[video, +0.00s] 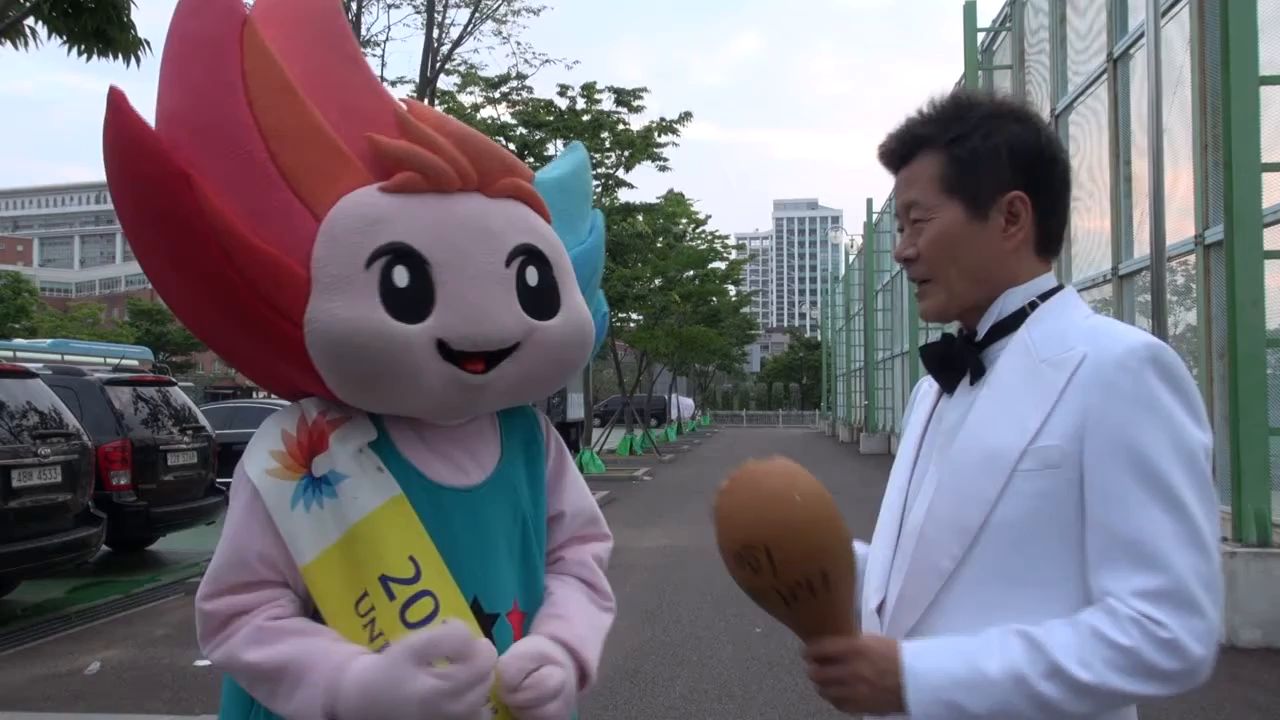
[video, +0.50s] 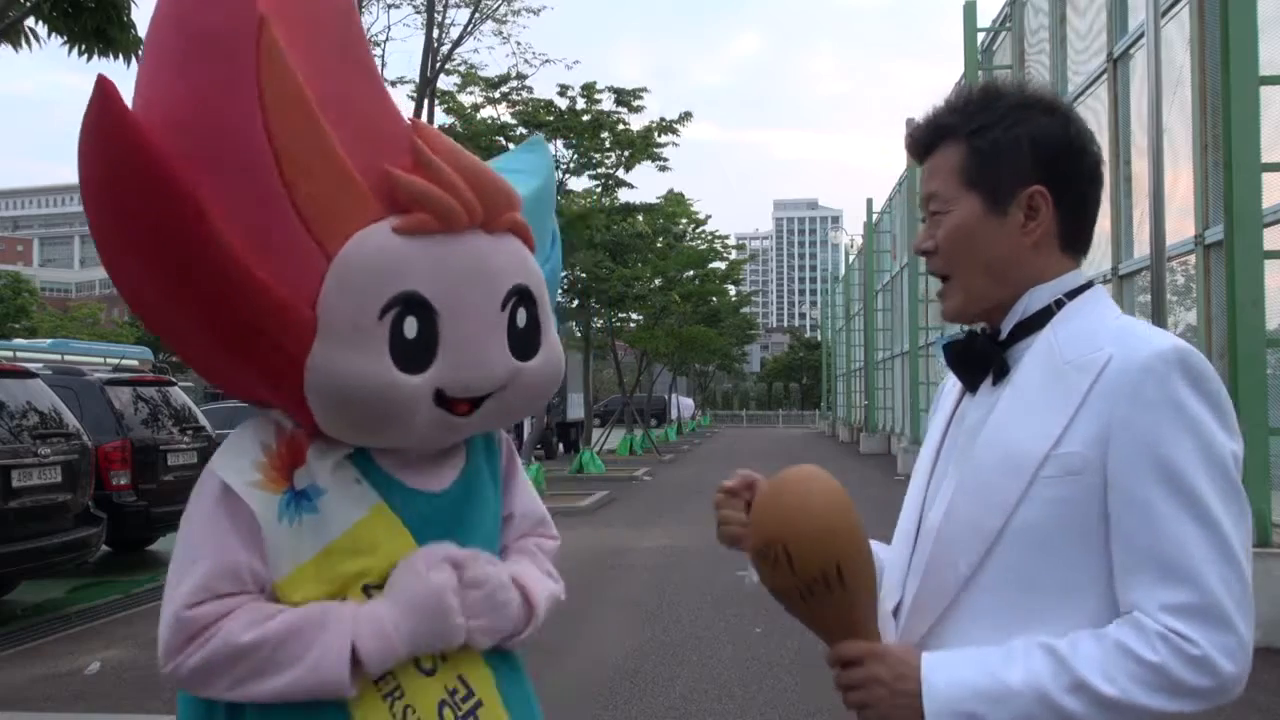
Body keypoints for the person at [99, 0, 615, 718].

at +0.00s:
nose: (484, 331)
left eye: (526, 275)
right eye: (405, 279)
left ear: (568, 285)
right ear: (316, 291)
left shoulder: (530, 440)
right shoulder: (292, 451)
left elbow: (581, 555)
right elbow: (239, 615)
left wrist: (561, 648)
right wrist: (366, 684)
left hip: (507, 705)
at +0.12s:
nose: (486, 331)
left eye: (527, 275)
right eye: (409, 279)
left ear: (569, 281)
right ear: (318, 288)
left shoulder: (527, 437)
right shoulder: (292, 450)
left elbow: (578, 553)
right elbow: (240, 618)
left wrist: (557, 647)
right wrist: (377, 684)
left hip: (507, 705)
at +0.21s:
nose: (486, 339)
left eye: (527, 285)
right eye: (414, 288)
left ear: (567, 290)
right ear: (317, 293)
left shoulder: (522, 441)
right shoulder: (285, 453)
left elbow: (574, 549)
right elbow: (239, 626)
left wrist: (557, 636)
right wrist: (393, 676)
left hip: (507, 708)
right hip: (318, 713)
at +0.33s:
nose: (482, 355)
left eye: (522, 307)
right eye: (417, 312)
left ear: (554, 306)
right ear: (316, 311)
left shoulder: (507, 445)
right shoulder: (269, 458)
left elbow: (560, 546)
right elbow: (224, 623)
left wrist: (538, 601)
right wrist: (402, 646)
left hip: (506, 704)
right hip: (331, 713)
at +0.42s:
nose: (476, 362)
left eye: (516, 315)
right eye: (417, 319)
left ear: (545, 312)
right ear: (319, 317)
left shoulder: (497, 446)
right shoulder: (262, 461)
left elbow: (550, 546)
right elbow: (209, 627)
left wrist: (517, 592)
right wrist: (400, 622)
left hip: (494, 706)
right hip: (312, 712)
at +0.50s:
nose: (472, 374)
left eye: (516, 322)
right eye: (413, 329)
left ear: (541, 317)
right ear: (315, 324)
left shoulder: (491, 456)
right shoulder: (254, 468)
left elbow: (539, 552)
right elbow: (196, 638)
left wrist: (508, 596)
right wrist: (385, 627)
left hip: (487, 706)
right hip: (309, 713)